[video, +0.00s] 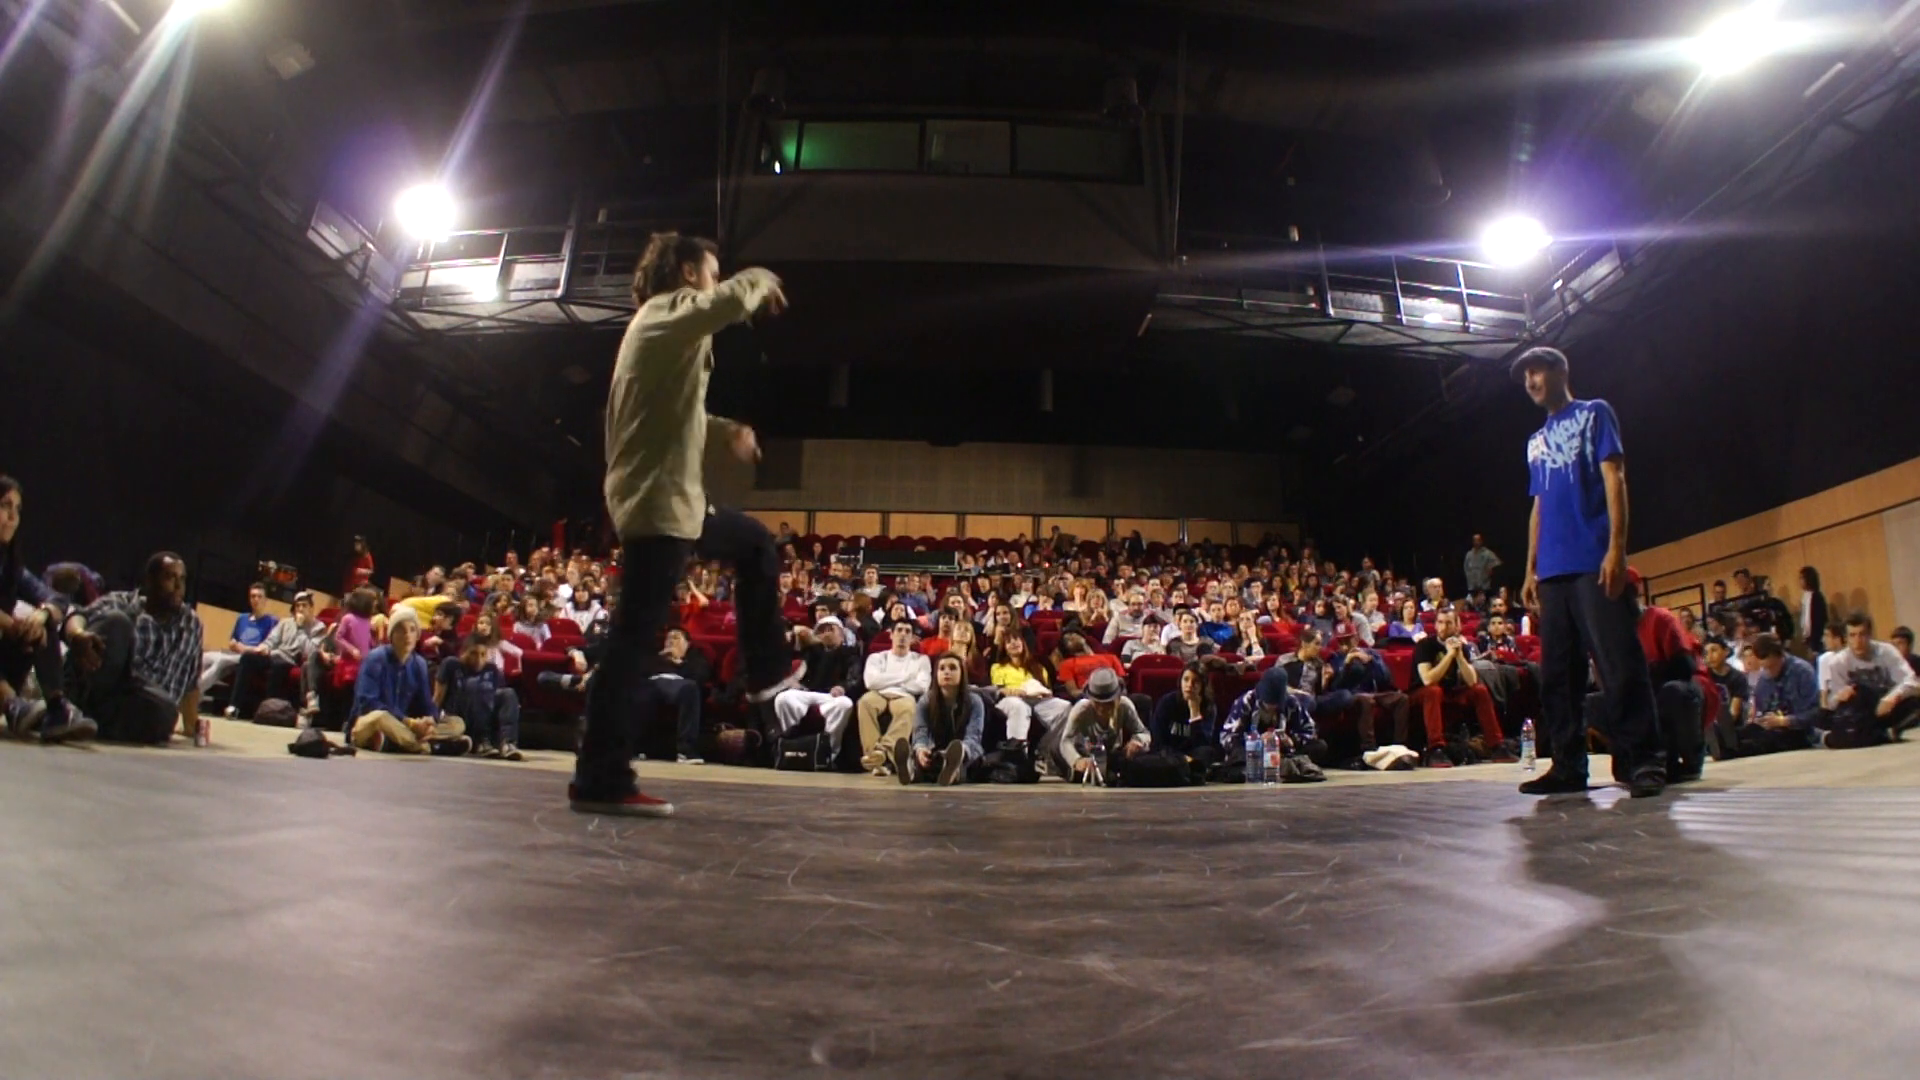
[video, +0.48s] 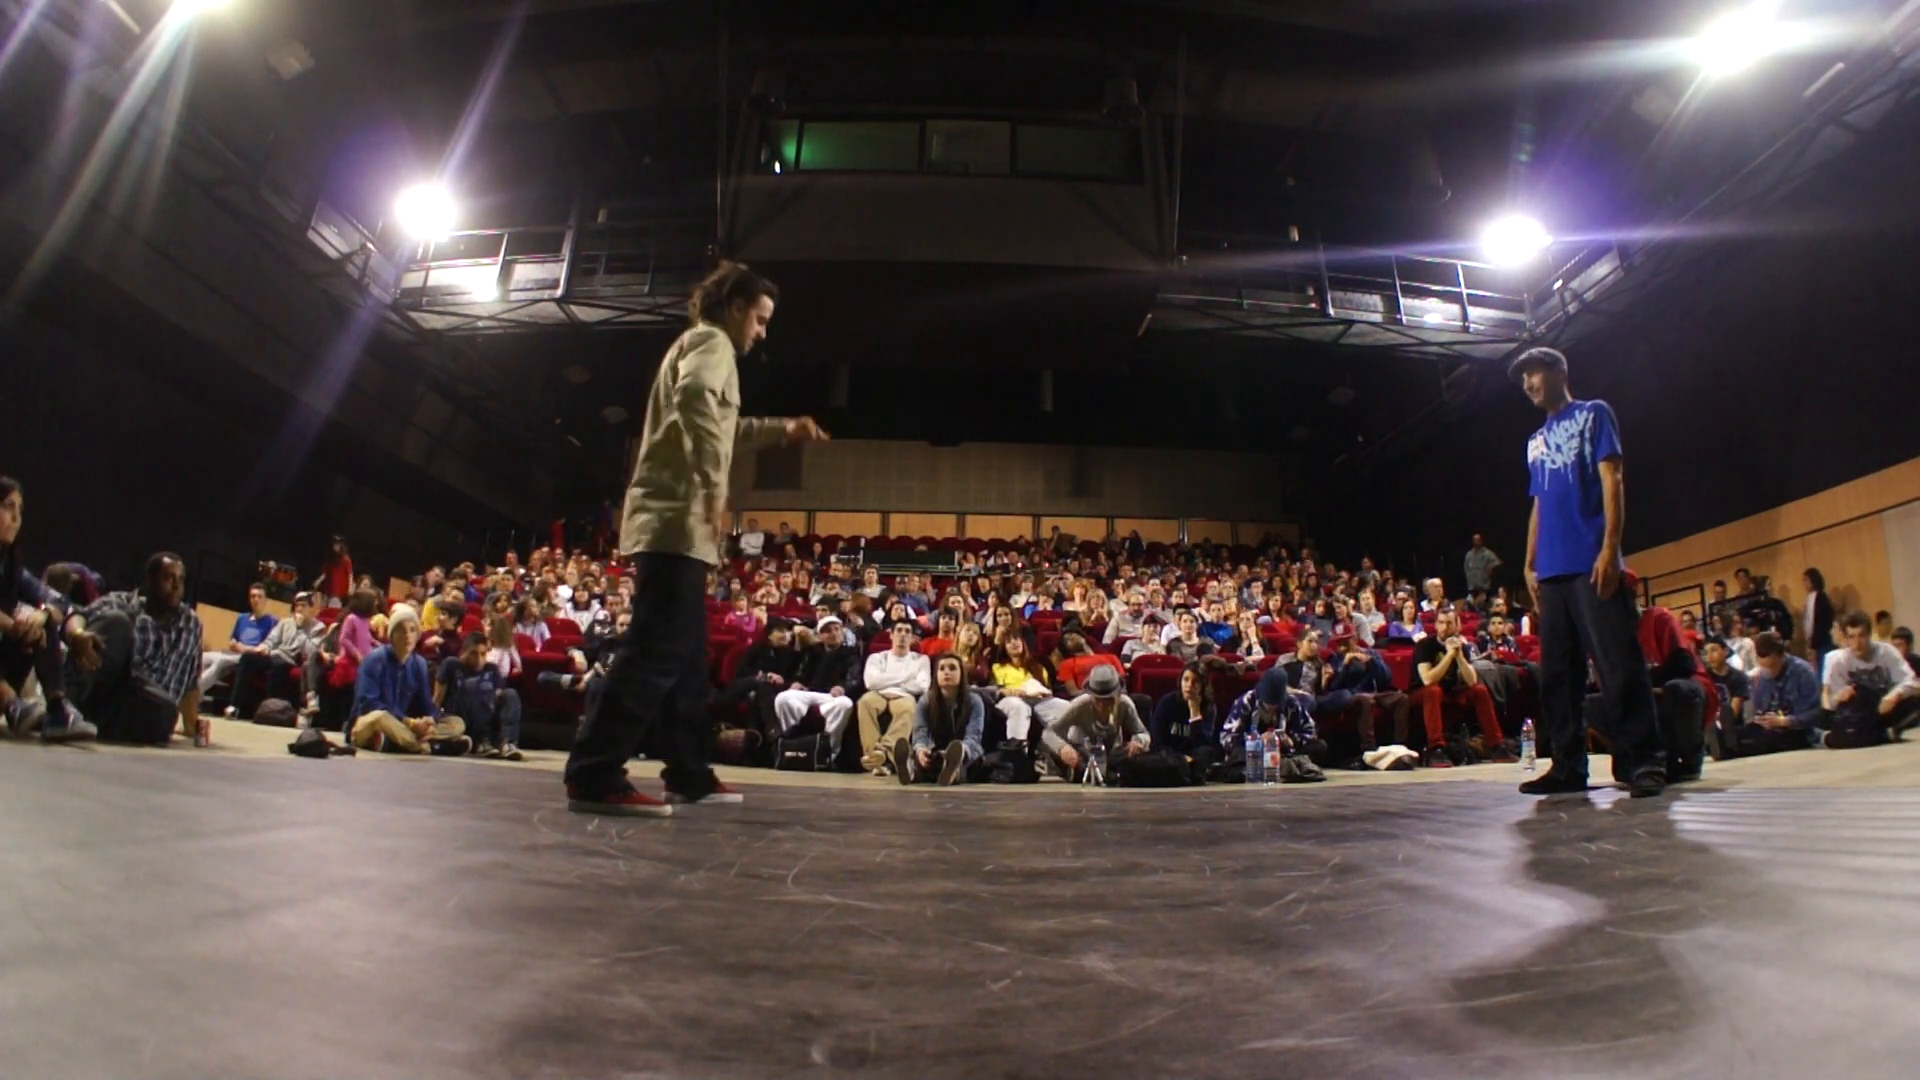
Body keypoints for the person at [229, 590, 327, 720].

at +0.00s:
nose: (300, 609)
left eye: (304, 606)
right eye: (298, 606)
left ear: (312, 608)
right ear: (294, 609)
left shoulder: (319, 628)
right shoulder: (285, 623)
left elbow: (309, 652)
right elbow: (271, 640)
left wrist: (301, 628)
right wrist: (264, 647)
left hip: (292, 661)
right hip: (273, 656)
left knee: (277, 666)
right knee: (248, 657)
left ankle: (269, 710)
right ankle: (234, 705)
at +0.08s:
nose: (300, 609)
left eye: (304, 606)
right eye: (297, 606)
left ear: (311, 608)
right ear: (294, 608)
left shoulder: (319, 628)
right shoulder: (285, 623)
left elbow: (309, 652)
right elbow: (271, 640)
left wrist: (301, 628)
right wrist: (265, 647)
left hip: (292, 661)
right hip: (273, 656)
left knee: (277, 667)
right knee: (248, 658)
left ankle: (270, 710)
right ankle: (234, 705)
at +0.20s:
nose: (299, 609)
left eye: (303, 606)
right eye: (297, 606)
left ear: (312, 608)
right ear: (294, 608)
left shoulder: (319, 628)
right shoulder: (285, 623)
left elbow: (309, 652)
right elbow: (271, 640)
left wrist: (300, 628)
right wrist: (265, 647)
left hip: (292, 661)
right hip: (274, 656)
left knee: (277, 666)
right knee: (248, 658)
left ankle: (270, 710)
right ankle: (234, 706)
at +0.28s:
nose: (298, 609)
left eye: (303, 606)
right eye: (297, 605)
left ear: (312, 609)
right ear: (294, 608)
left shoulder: (319, 628)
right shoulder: (285, 623)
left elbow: (309, 652)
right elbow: (271, 640)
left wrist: (300, 628)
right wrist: (264, 647)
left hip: (292, 661)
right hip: (273, 656)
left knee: (277, 667)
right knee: (248, 657)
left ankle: (270, 710)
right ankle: (234, 706)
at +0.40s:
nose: (298, 609)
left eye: (303, 606)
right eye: (297, 605)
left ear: (313, 609)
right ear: (294, 607)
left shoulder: (319, 628)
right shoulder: (286, 623)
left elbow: (310, 652)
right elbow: (271, 640)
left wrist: (300, 628)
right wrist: (264, 648)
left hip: (292, 660)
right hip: (273, 656)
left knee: (277, 666)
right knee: (248, 657)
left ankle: (270, 710)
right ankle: (234, 706)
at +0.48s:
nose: (299, 609)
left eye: (304, 606)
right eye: (297, 605)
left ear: (313, 609)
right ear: (294, 608)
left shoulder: (318, 628)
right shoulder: (285, 623)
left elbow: (310, 652)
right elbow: (271, 640)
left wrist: (300, 628)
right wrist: (264, 648)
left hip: (291, 660)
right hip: (273, 656)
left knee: (278, 666)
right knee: (248, 657)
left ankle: (270, 710)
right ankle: (234, 706)